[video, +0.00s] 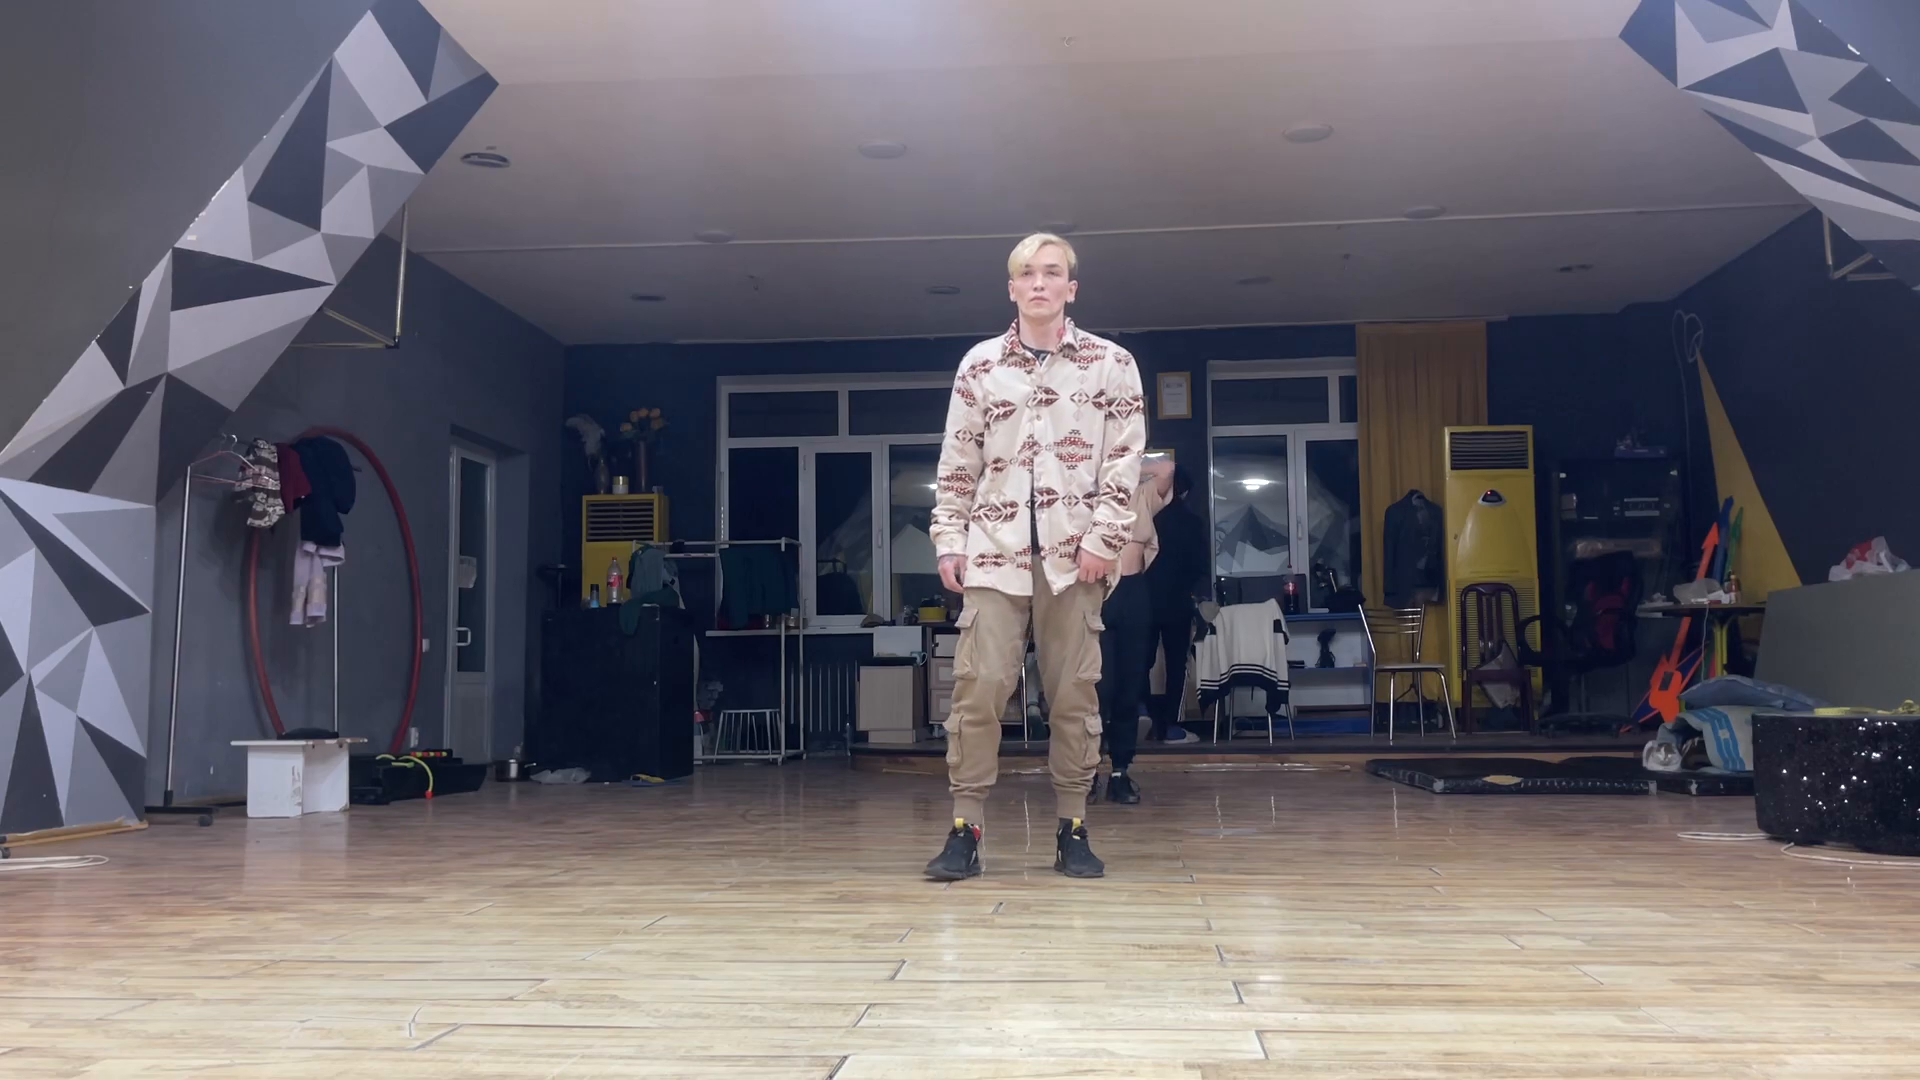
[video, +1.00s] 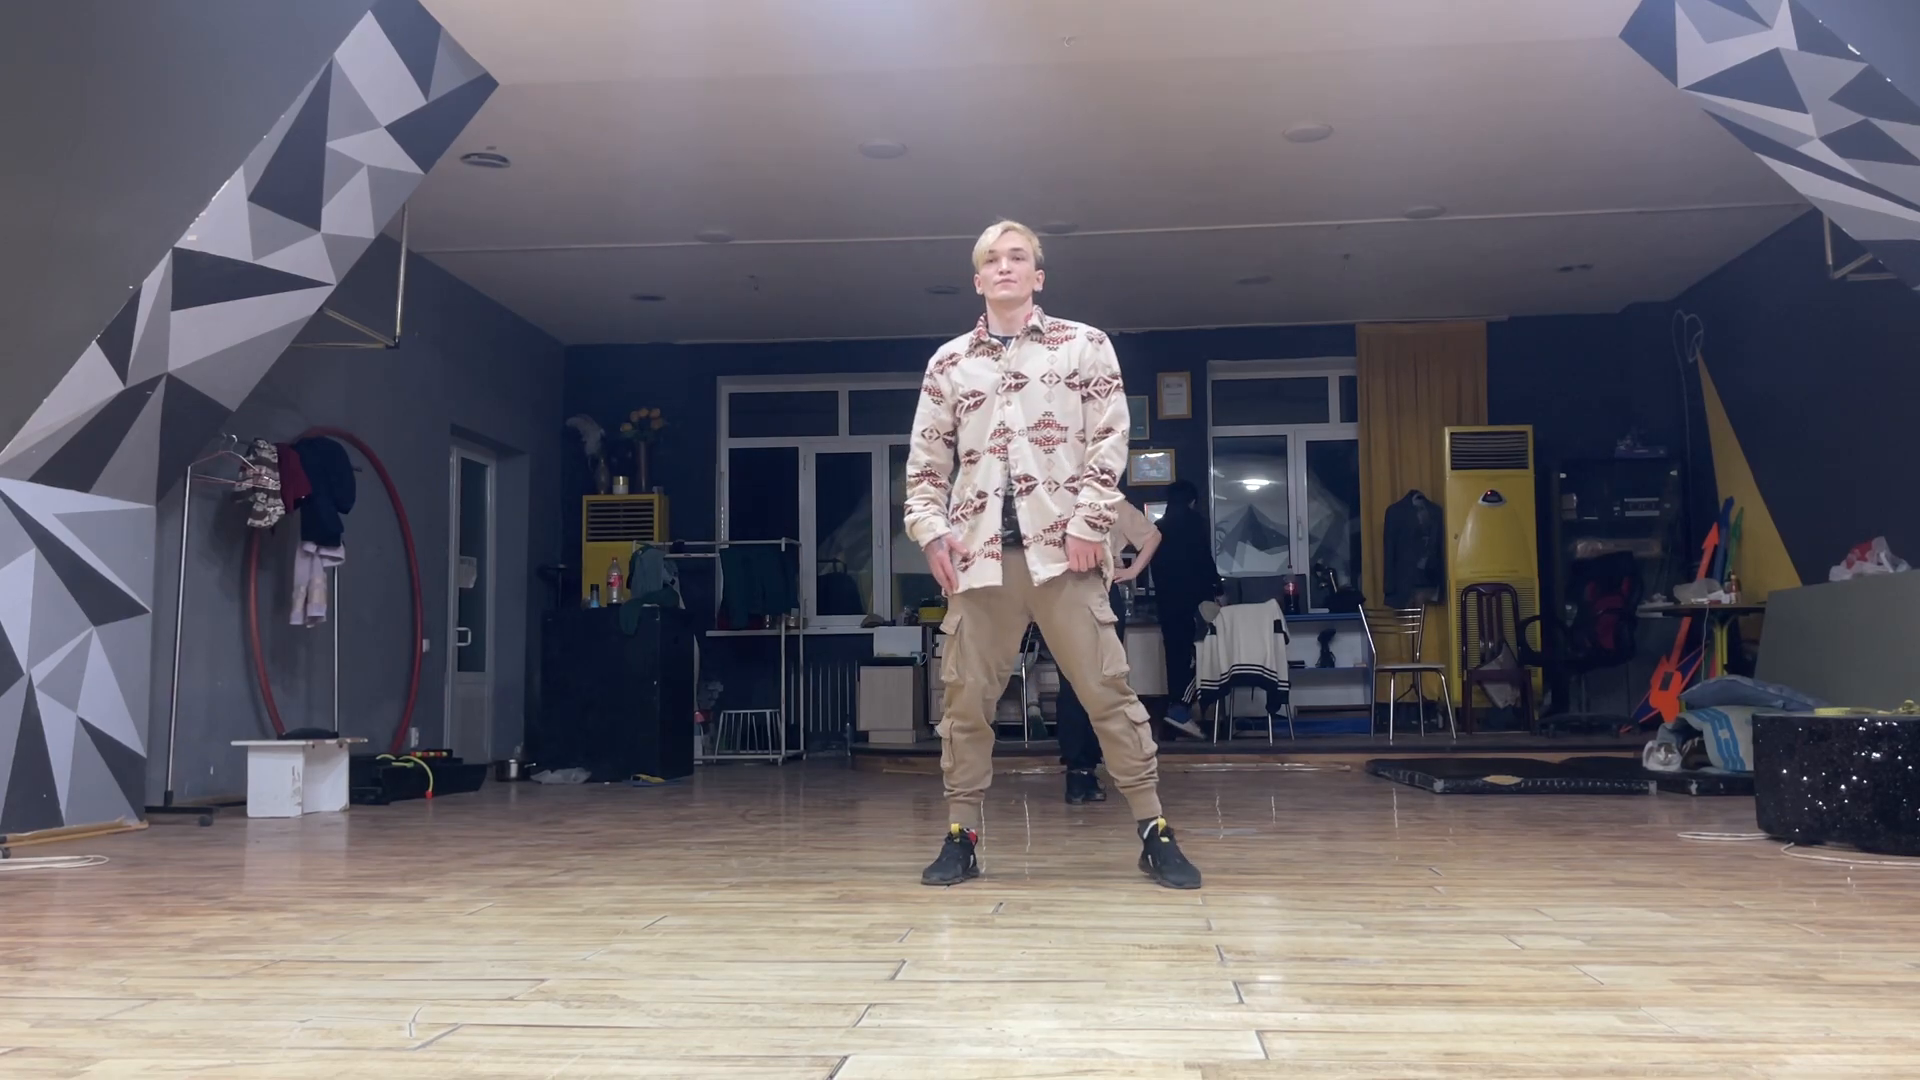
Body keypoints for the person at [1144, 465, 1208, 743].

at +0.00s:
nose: (1168, 493)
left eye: (1168, 486)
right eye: (1178, 488)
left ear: (1162, 488)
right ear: (1185, 491)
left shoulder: (1145, 515)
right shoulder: (1192, 520)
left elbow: (1134, 556)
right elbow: (1198, 564)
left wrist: (1137, 585)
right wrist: (1197, 592)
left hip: (1146, 597)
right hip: (1177, 598)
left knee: (1141, 661)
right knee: (1176, 664)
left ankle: (1141, 713)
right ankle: (1169, 726)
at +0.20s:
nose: (1197, 494)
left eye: (1196, 489)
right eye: (1197, 489)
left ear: (1167, 484)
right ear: (1192, 490)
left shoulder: (1146, 513)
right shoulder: (1196, 518)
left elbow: (1132, 550)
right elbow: (1208, 562)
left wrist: (1142, 578)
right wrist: (1189, 583)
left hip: (1146, 594)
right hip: (1180, 597)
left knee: (1147, 656)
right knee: (1177, 662)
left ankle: (1147, 711)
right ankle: (1169, 728)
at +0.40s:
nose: (1199, 496)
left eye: (1198, 491)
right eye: (1199, 492)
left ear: (1170, 485)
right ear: (1195, 491)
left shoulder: (1145, 516)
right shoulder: (1197, 518)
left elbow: (1135, 558)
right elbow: (1209, 564)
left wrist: (1152, 571)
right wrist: (1195, 583)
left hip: (1151, 596)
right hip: (1182, 597)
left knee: (1158, 658)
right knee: (1176, 660)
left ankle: (1161, 722)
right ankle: (1170, 725)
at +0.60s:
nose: (1199, 502)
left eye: (1198, 498)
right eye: (1198, 498)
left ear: (1169, 494)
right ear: (1193, 498)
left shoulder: (1149, 524)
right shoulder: (1197, 522)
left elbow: (1141, 570)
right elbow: (1209, 563)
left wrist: (1151, 587)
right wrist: (1205, 590)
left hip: (1158, 600)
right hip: (1186, 599)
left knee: (1167, 660)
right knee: (1183, 660)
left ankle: (1168, 723)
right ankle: (1175, 726)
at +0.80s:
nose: (1197, 504)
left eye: (1195, 500)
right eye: (1196, 500)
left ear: (1169, 497)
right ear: (1191, 500)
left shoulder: (1155, 526)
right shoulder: (1196, 523)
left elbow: (1147, 566)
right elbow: (1205, 560)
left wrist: (1152, 589)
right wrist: (1213, 591)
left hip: (1163, 597)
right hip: (1188, 597)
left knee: (1173, 657)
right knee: (1187, 658)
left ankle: (1176, 719)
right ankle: (1175, 717)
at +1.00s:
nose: (1194, 504)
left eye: (1190, 501)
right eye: (1194, 501)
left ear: (1169, 500)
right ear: (1192, 500)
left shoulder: (1158, 526)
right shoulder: (1196, 522)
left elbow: (1154, 564)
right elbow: (1203, 558)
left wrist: (1161, 588)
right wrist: (1216, 587)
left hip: (1167, 595)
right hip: (1192, 594)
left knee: (1174, 652)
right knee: (1192, 651)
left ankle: (1177, 710)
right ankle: (1180, 708)